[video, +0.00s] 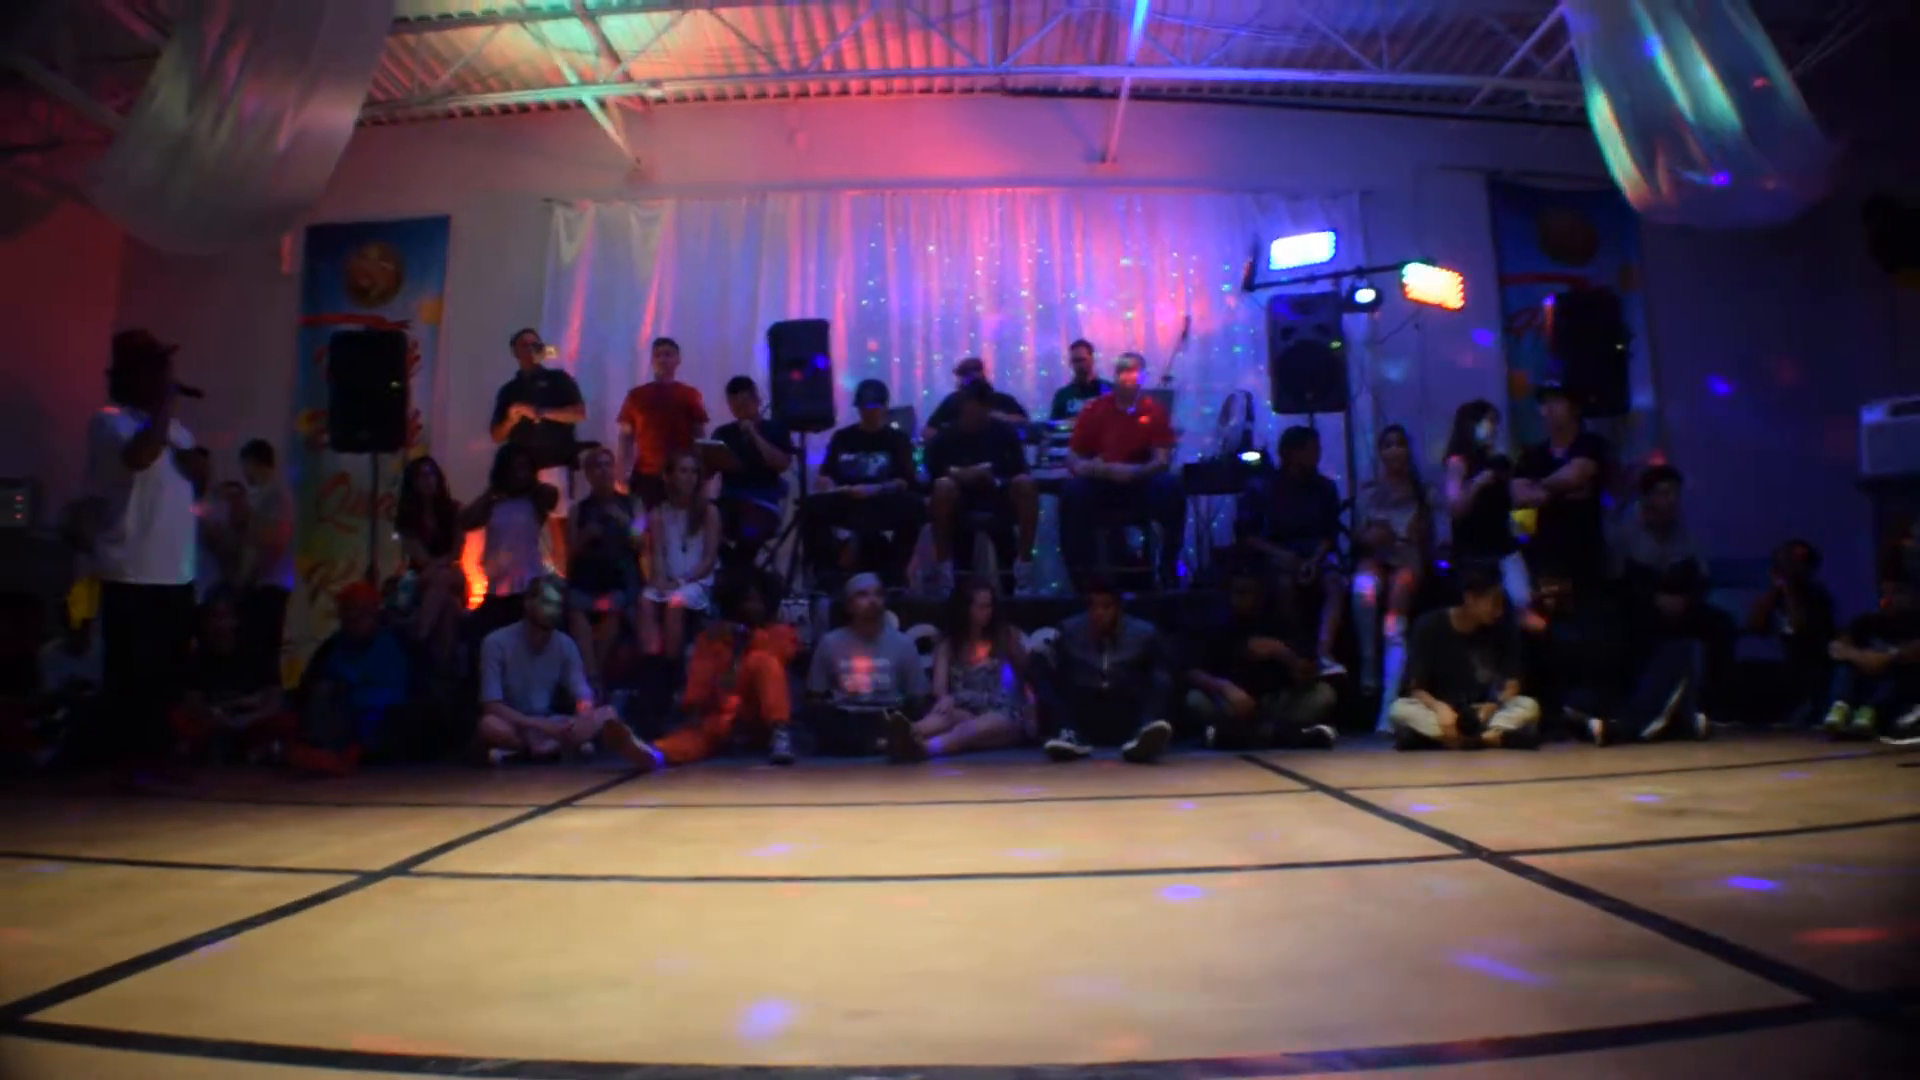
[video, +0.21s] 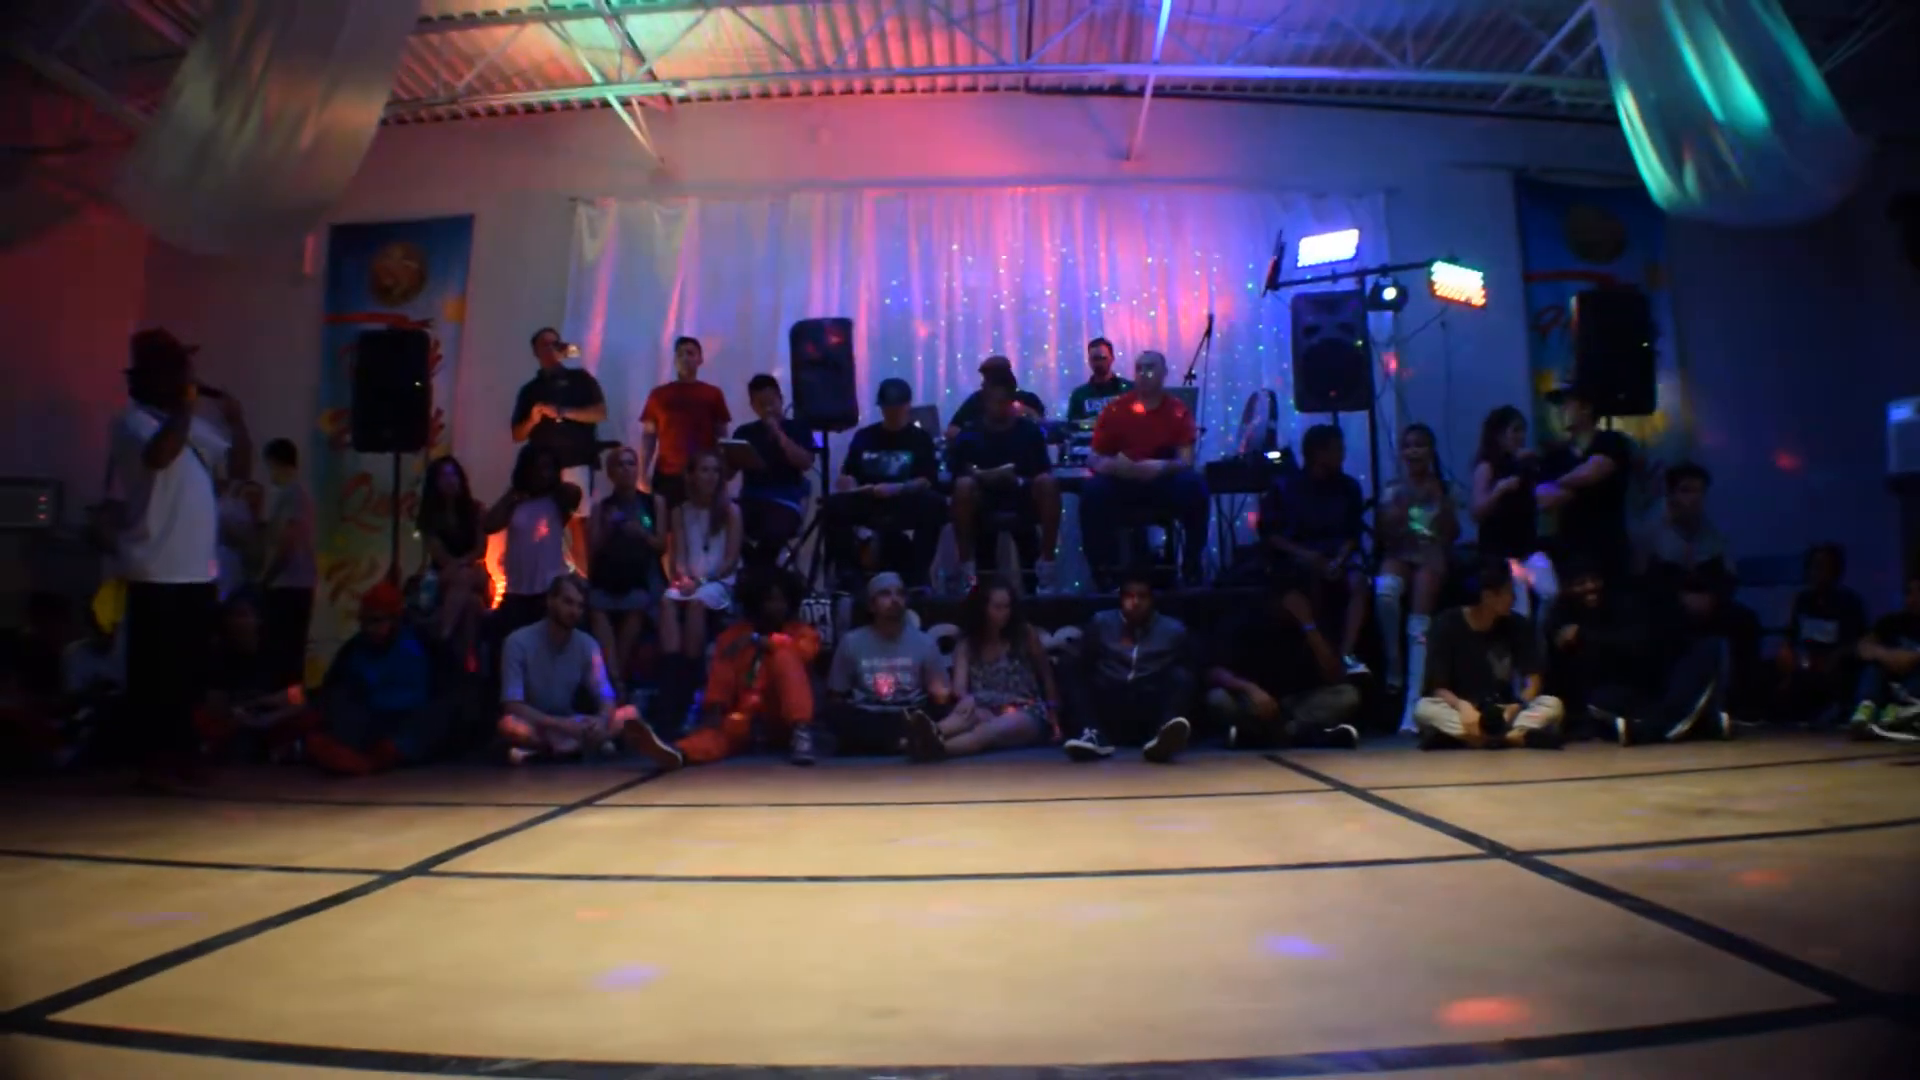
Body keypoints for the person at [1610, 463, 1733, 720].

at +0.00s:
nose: (1667, 501)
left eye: (1672, 493)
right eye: (1660, 493)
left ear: (1679, 498)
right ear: (1646, 497)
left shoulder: (1684, 539)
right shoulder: (1627, 538)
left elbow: (1701, 580)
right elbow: (1622, 584)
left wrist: (1683, 600)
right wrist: (1654, 599)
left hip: (1680, 609)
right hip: (1639, 610)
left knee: (1720, 623)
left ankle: (1711, 707)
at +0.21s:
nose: (1589, 589)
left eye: (1594, 581)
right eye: (1580, 584)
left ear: (1604, 583)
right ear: (1568, 590)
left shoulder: (1620, 608)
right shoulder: (1564, 615)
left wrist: (1583, 635)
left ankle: (1647, 727)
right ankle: (1698, 724)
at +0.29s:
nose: (1593, 589)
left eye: (1597, 580)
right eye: (1583, 584)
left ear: (1607, 581)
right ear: (1569, 590)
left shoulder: (1623, 609)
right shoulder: (1567, 618)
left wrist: (1588, 642)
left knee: (1709, 647)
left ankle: (1648, 726)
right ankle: (1698, 723)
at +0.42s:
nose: (1603, 594)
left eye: (1608, 587)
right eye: (1595, 589)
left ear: (1619, 587)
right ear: (1583, 594)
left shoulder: (1639, 614)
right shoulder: (1584, 621)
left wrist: (1611, 663)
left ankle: (1654, 726)